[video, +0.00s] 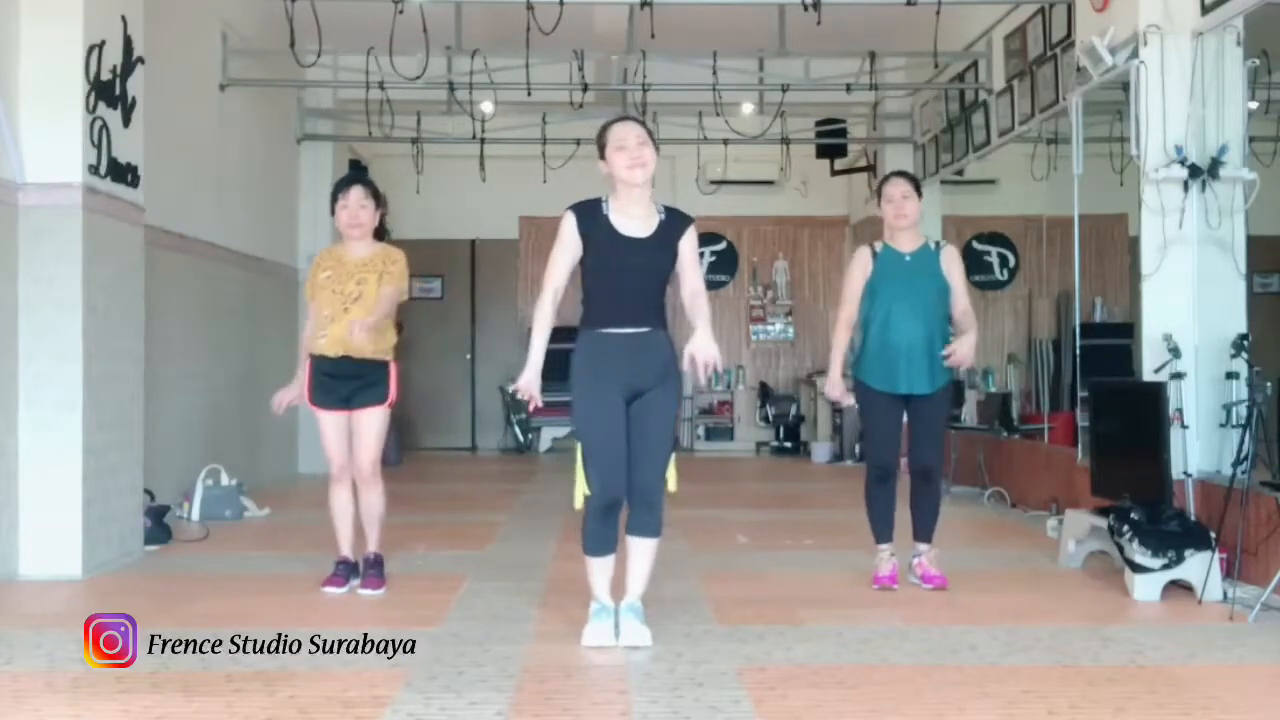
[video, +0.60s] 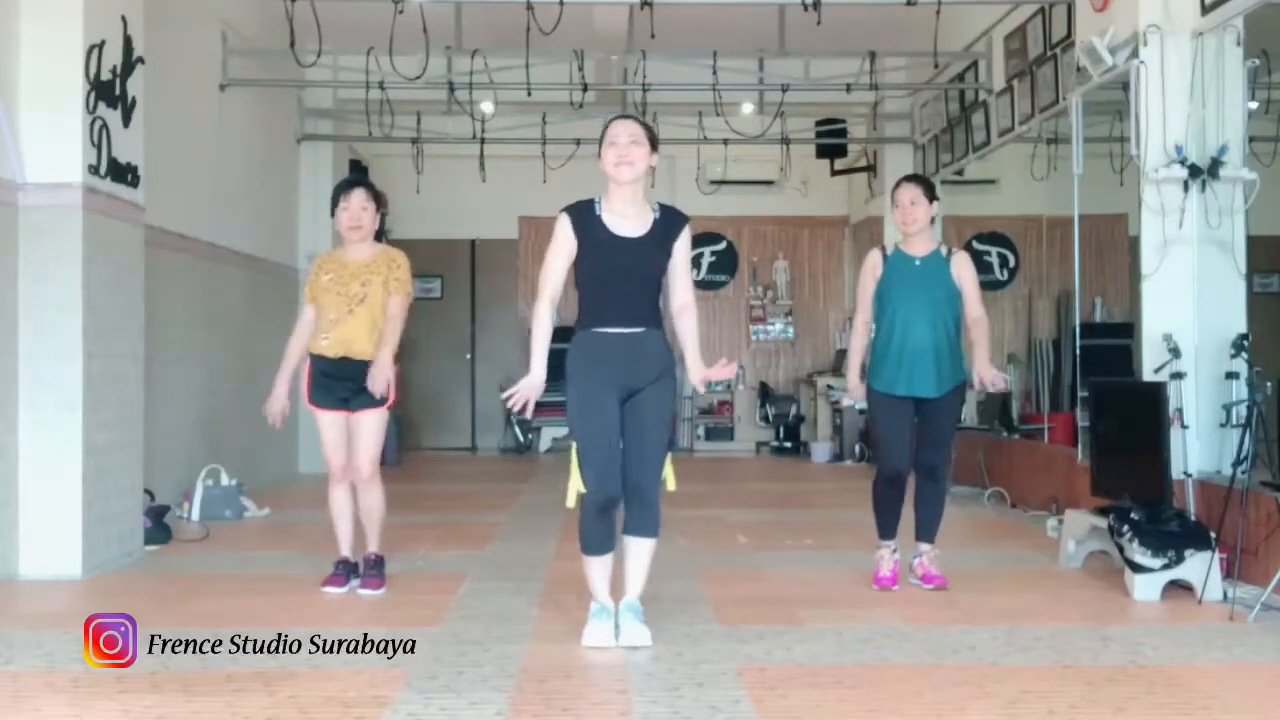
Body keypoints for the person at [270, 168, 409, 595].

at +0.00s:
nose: (354, 213)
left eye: (363, 204)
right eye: (345, 205)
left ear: (378, 213)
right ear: (334, 214)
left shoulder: (392, 259)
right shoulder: (324, 261)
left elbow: (389, 300)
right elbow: (313, 325)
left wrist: (370, 321)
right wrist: (299, 381)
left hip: (372, 369)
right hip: (326, 368)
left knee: (366, 468)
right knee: (338, 470)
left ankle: (372, 557)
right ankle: (345, 560)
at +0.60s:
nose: (354, 216)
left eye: (364, 208)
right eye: (346, 209)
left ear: (378, 216)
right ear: (334, 217)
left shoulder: (393, 261)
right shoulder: (323, 266)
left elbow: (396, 315)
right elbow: (304, 327)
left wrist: (384, 359)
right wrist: (281, 385)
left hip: (371, 369)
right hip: (325, 368)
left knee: (365, 470)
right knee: (338, 471)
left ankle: (372, 558)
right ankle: (345, 560)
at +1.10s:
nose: (363, 216)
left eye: (371, 209)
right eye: (353, 209)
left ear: (382, 217)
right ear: (340, 218)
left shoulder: (399, 262)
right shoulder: (326, 264)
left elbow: (413, 316)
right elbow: (311, 299)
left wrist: (430, 366)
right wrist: (302, 314)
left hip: (387, 372)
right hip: (339, 372)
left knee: (376, 469)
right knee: (334, 473)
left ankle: (373, 559)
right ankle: (342, 556)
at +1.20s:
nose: (363, 217)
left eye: (372, 209)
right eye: (354, 210)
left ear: (383, 218)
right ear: (340, 219)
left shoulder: (399, 262)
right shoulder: (326, 264)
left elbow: (413, 316)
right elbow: (312, 299)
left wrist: (428, 366)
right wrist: (304, 315)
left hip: (388, 371)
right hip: (340, 372)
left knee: (376, 469)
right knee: (336, 472)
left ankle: (373, 559)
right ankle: (342, 556)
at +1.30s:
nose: (363, 217)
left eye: (372, 209)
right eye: (354, 210)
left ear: (383, 218)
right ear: (341, 219)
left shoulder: (399, 262)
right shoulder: (326, 265)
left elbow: (413, 317)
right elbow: (311, 300)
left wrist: (428, 366)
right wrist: (303, 316)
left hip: (387, 371)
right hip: (339, 372)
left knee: (376, 468)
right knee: (337, 472)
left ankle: (373, 559)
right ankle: (342, 556)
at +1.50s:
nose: (361, 215)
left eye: (370, 208)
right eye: (352, 209)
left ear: (383, 218)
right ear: (341, 219)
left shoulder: (399, 265)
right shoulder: (325, 265)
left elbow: (410, 325)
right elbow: (308, 315)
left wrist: (422, 376)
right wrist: (299, 347)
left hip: (386, 372)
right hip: (337, 372)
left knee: (376, 469)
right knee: (333, 472)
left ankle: (373, 559)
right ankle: (344, 556)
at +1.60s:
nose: (358, 211)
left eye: (368, 204)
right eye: (350, 204)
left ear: (382, 214)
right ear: (338, 214)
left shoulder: (397, 261)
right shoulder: (323, 264)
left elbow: (406, 319)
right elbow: (306, 321)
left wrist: (408, 367)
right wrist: (293, 370)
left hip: (382, 368)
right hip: (333, 369)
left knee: (372, 468)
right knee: (335, 471)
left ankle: (374, 559)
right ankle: (345, 558)